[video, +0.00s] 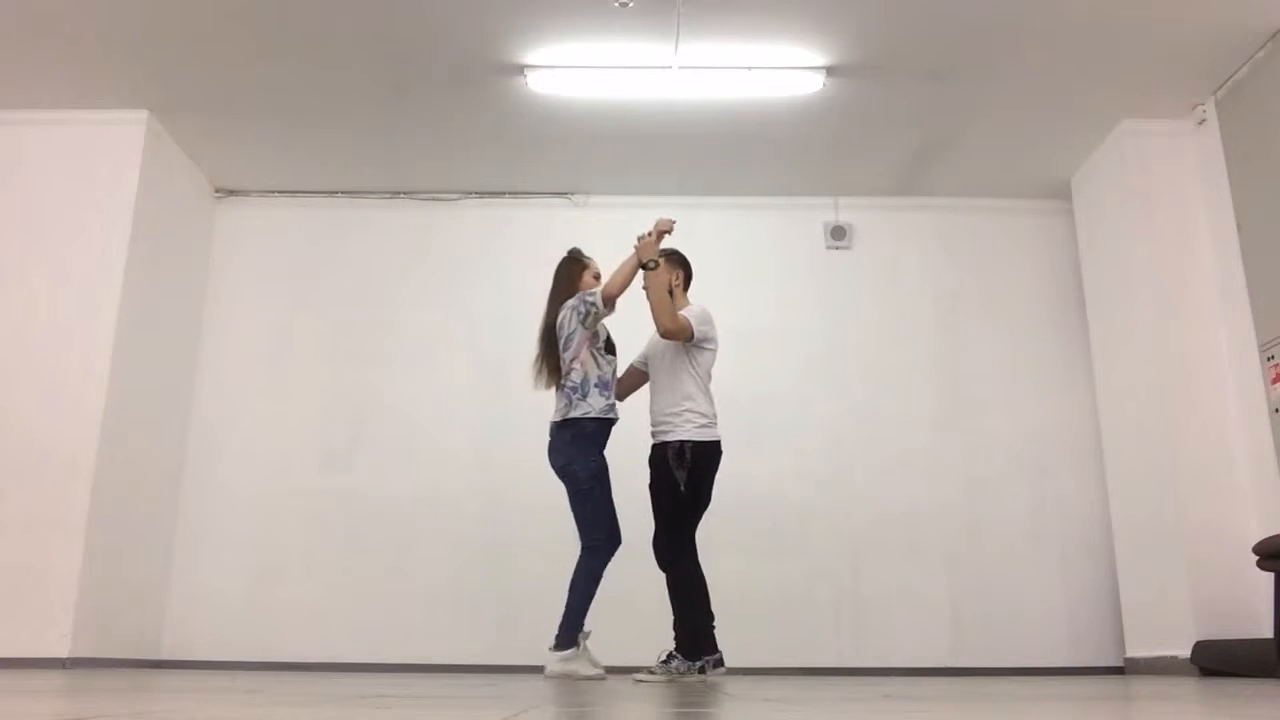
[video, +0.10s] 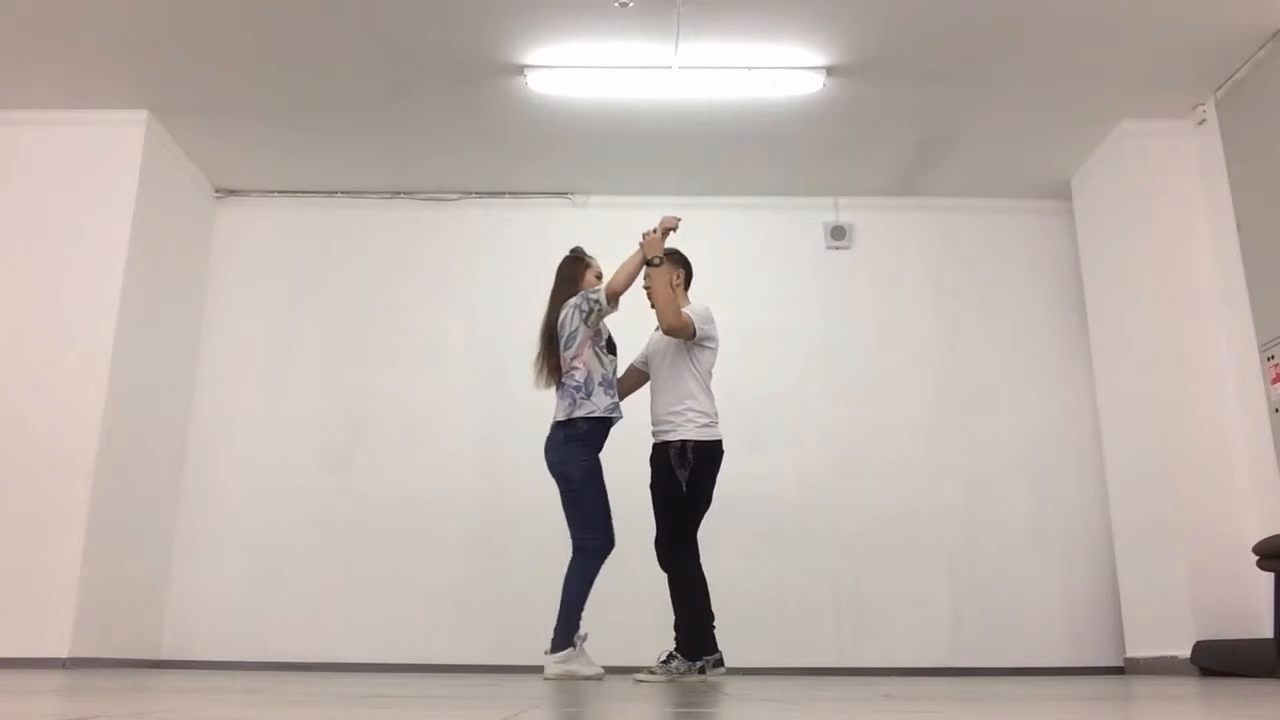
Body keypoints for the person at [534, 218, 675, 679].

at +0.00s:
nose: (602, 284)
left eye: (601, 277)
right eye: (593, 277)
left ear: (585, 282)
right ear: (572, 280)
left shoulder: (583, 318)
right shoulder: (573, 313)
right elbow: (611, 290)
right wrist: (643, 250)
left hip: (585, 437)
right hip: (575, 438)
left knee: (607, 539)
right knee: (598, 542)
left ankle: (571, 641)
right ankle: (564, 649)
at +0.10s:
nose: (602, 282)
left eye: (601, 275)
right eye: (594, 275)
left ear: (587, 281)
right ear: (574, 278)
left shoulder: (582, 317)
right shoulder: (575, 312)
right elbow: (614, 288)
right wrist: (648, 246)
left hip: (578, 441)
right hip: (572, 442)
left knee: (592, 543)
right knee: (595, 542)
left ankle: (566, 645)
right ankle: (562, 649)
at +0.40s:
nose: (605, 280)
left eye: (603, 275)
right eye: (598, 274)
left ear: (577, 279)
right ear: (582, 278)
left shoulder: (582, 319)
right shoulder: (579, 309)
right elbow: (616, 286)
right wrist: (644, 244)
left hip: (571, 442)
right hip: (581, 442)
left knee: (569, 545)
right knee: (594, 549)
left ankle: (515, 635)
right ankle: (563, 651)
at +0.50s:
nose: (602, 281)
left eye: (601, 276)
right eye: (595, 275)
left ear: (580, 280)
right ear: (578, 279)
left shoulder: (581, 320)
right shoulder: (576, 311)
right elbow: (612, 287)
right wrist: (641, 242)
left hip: (568, 444)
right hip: (581, 445)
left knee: (573, 548)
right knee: (599, 550)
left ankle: (513, 632)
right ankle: (563, 652)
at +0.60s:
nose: (601, 284)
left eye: (600, 278)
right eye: (594, 278)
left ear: (580, 284)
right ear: (578, 283)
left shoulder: (583, 329)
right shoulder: (572, 315)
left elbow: (620, 393)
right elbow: (606, 294)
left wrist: (661, 361)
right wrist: (631, 250)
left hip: (570, 447)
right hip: (577, 447)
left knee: (583, 548)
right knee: (598, 549)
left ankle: (526, 622)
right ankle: (563, 651)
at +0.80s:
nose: (595, 281)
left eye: (594, 276)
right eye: (589, 275)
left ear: (577, 286)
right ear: (573, 282)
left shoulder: (592, 336)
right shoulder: (559, 321)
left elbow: (624, 384)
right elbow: (578, 336)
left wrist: (662, 358)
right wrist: (595, 285)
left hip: (582, 444)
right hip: (567, 443)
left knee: (594, 548)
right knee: (590, 547)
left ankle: (538, 636)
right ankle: (561, 651)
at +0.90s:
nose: (593, 294)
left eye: (593, 288)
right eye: (586, 288)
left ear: (584, 293)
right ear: (564, 289)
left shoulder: (588, 339)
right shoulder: (553, 327)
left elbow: (625, 375)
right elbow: (560, 361)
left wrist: (656, 353)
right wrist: (573, 316)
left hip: (583, 443)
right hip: (566, 442)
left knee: (583, 550)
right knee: (581, 550)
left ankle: (548, 644)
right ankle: (558, 651)